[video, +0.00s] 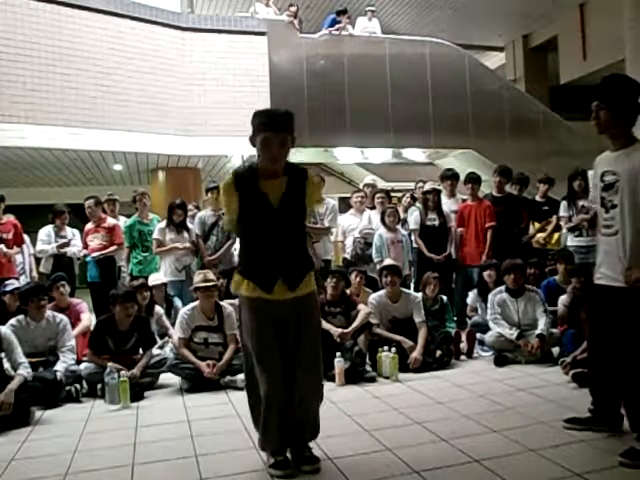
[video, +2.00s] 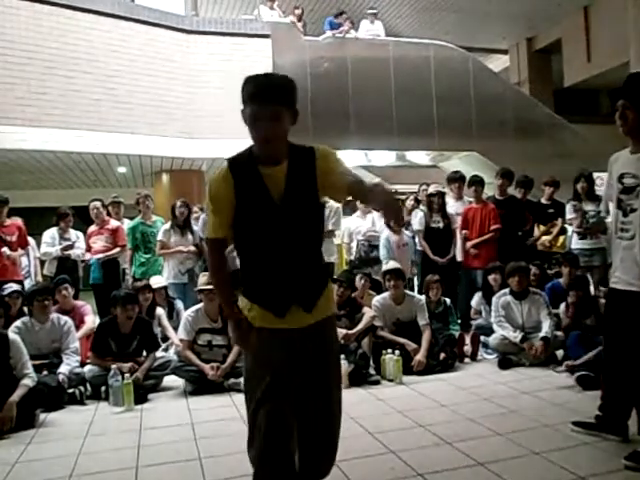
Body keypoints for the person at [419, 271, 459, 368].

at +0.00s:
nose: (432, 288)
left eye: (435, 285)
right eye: (429, 284)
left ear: (439, 287)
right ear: (424, 286)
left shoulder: (443, 300)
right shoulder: (418, 299)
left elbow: (449, 319)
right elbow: (416, 317)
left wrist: (450, 331)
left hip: (440, 329)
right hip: (425, 329)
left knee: (446, 336)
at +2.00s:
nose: (435, 292)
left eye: (437, 288)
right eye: (432, 289)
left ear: (441, 290)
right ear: (427, 291)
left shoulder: (446, 303)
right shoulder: (421, 302)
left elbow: (453, 322)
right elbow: (421, 321)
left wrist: (452, 334)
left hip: (444, 330)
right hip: (429, 331)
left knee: (449, 338)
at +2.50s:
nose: (435, 292)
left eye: (437, 289)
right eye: (432, 289)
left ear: (441, 290)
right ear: (427, 291)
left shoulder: (446, 303)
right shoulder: (421, 303)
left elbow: (453, 322)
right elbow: (421, 322)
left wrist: (453, 334)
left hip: (444, 331)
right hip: (429, 331)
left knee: (449, 338)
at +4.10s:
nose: (436, 291)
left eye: (439, 288)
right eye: (433, 288)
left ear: (443, 290)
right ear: (428, 289)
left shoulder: (447, 303)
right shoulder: (422, 302)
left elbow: (453, 322)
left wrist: (452, 335)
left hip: (444, 332)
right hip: (428, 333)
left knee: (450, 339)